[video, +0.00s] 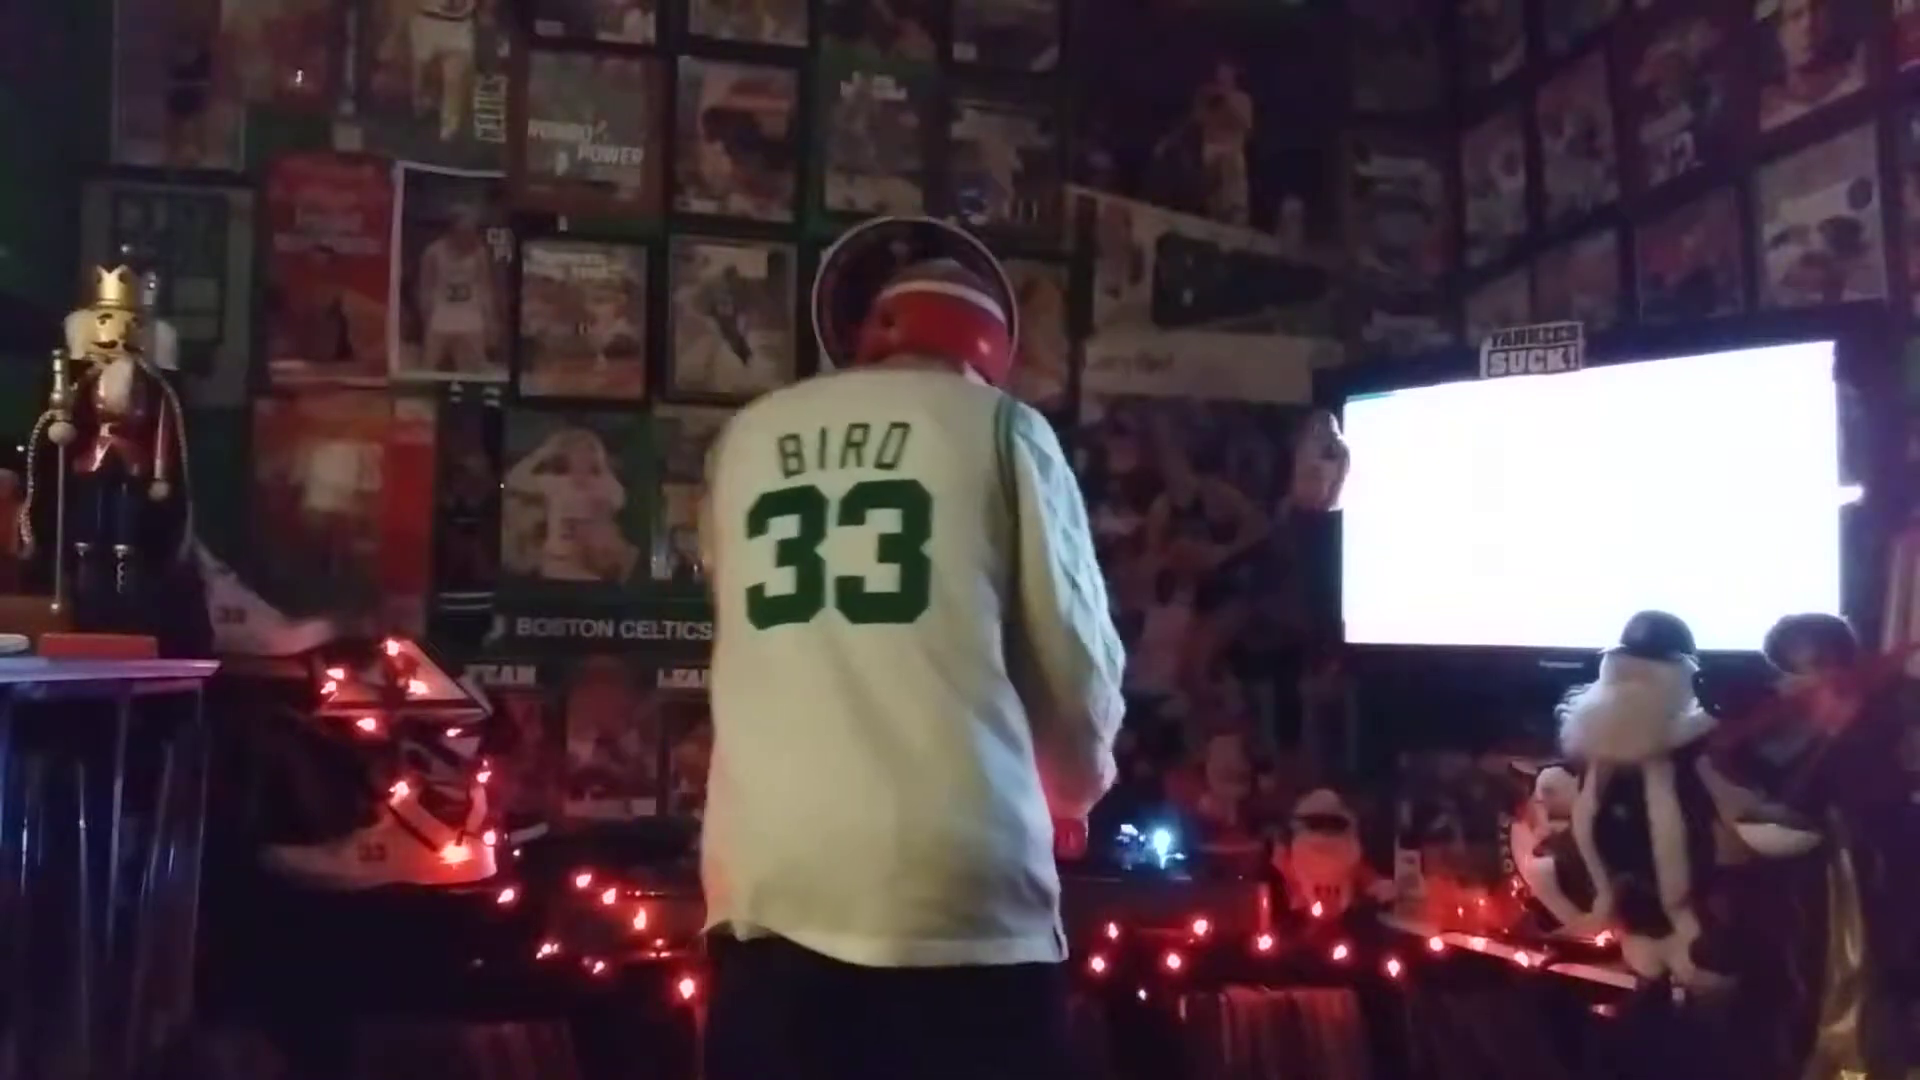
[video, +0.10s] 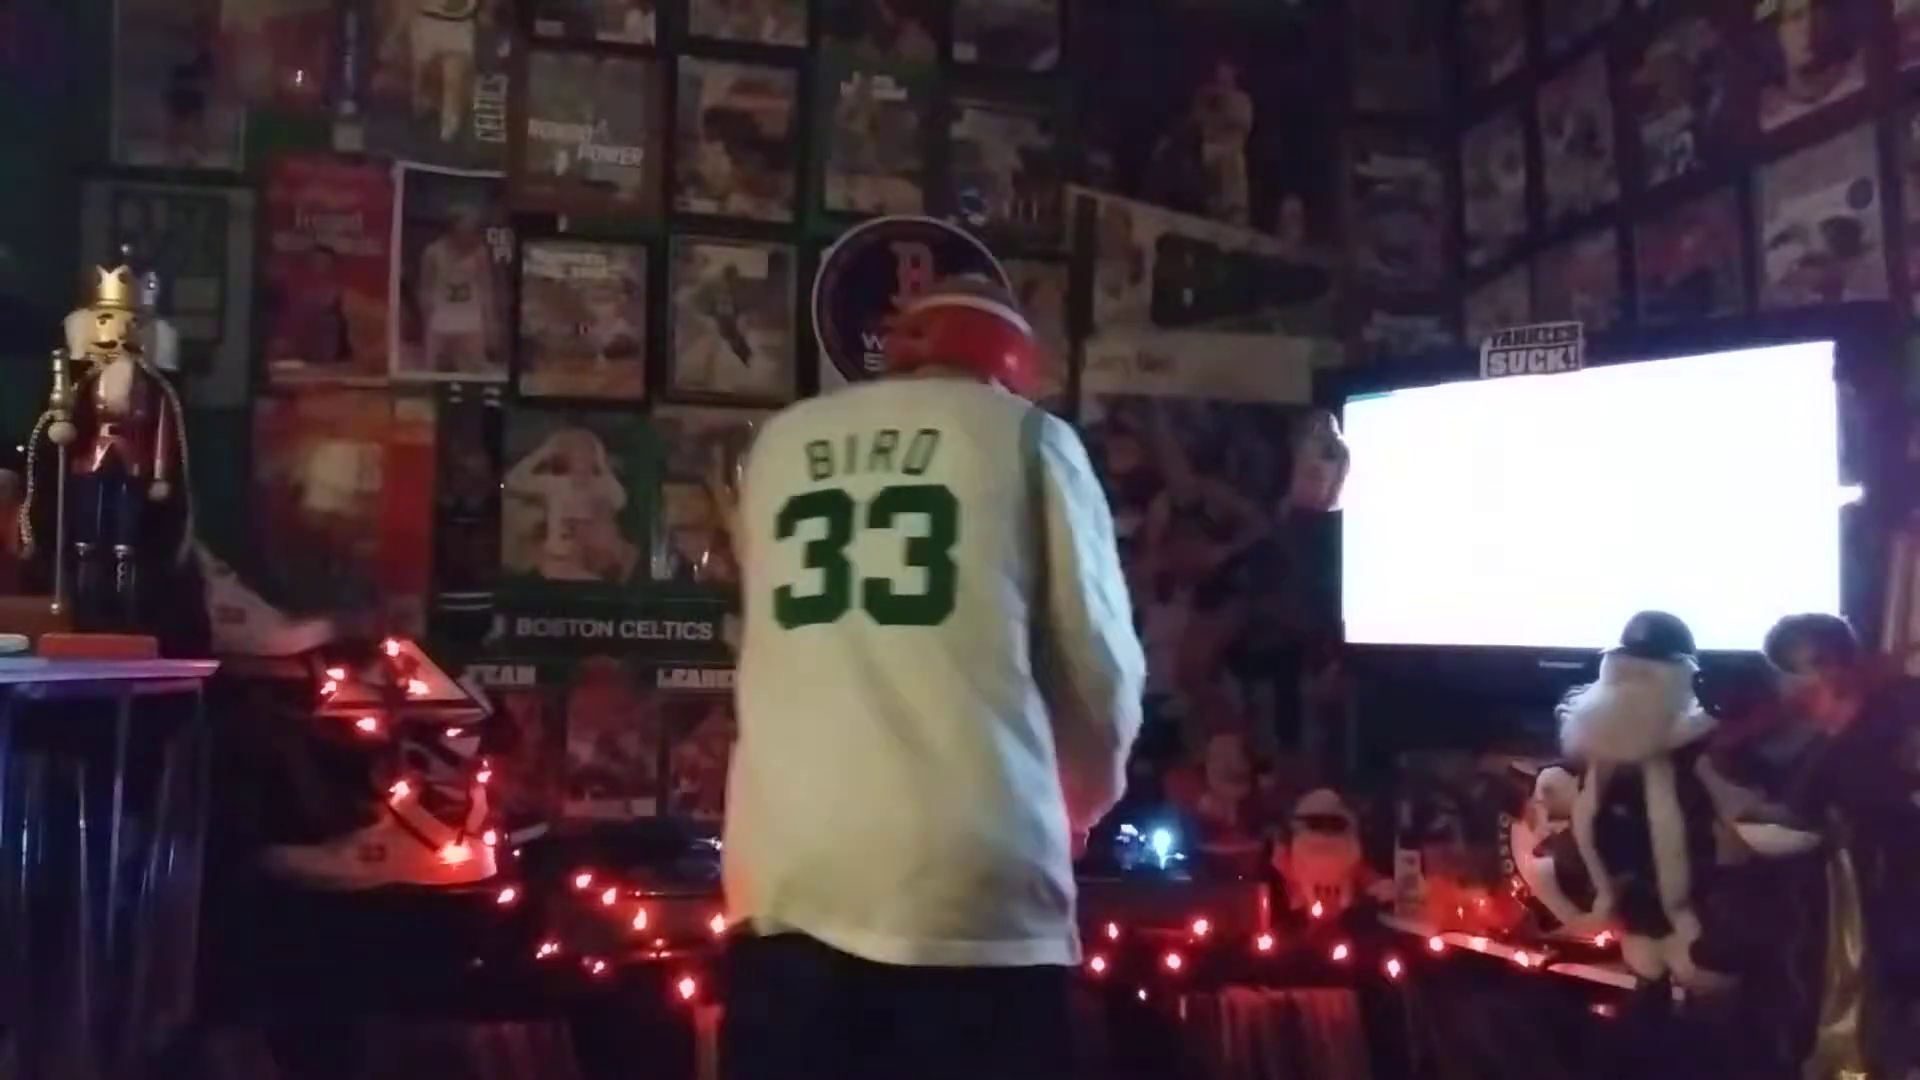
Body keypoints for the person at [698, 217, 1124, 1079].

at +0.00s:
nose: (999, 380)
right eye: (1001, 366)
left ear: (874, 330)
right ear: (989, 356)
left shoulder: (748, 434)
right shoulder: (1007, 429)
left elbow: (755, 645)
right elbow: (1079, 674)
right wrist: (1065, 802)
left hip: (772, 912)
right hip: (968, 914)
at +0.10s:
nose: (1032, 392)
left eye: (1030, 378)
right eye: (1028, 376)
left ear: (896, 355)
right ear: (1007, 365)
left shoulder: (779, 440)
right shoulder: (1033, 438)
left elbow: (780, 650)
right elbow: (1104, 680)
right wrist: (1062, 823)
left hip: (787, 903)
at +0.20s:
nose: (1061, 401)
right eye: (1060, 388)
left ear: (930, 362)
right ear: (1043, 380)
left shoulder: (812, 444)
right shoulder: (1067, 446)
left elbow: (815, 655)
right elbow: (1133, 684)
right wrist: (1078, 827)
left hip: (816, 906)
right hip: (1012, 915)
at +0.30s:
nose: (1092, 408)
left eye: (1091, 397)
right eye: (1091, 395)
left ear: (968, 363)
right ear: (1074, 385)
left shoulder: (842, 448)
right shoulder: (1100, 450)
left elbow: (844, 632)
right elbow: (1165, 691)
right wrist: (1096, 831)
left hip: (843, 885)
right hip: (1042, 885)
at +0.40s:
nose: (1124, 410)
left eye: (1121, 401)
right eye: (1122, 398)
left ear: (994, 369)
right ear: (1106, 389)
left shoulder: (878, 443)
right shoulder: (1134, 457)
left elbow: (857, 634)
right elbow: (1192, 699)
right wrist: (1116, 824)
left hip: (875, 871)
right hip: (1068, 878)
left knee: (851, 1065)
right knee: (1091, 1066)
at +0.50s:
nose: (1144, 413)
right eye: (1141, 402)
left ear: (1014, 370)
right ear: (1128, 396)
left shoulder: (903, 440)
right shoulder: (1159, 461)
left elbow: (868, 656)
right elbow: (1218, 699)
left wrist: (932, 767)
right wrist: (1140, 816)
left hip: (902, 859)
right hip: (1089, 871)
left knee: (873, 1065)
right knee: (1113, 1066)